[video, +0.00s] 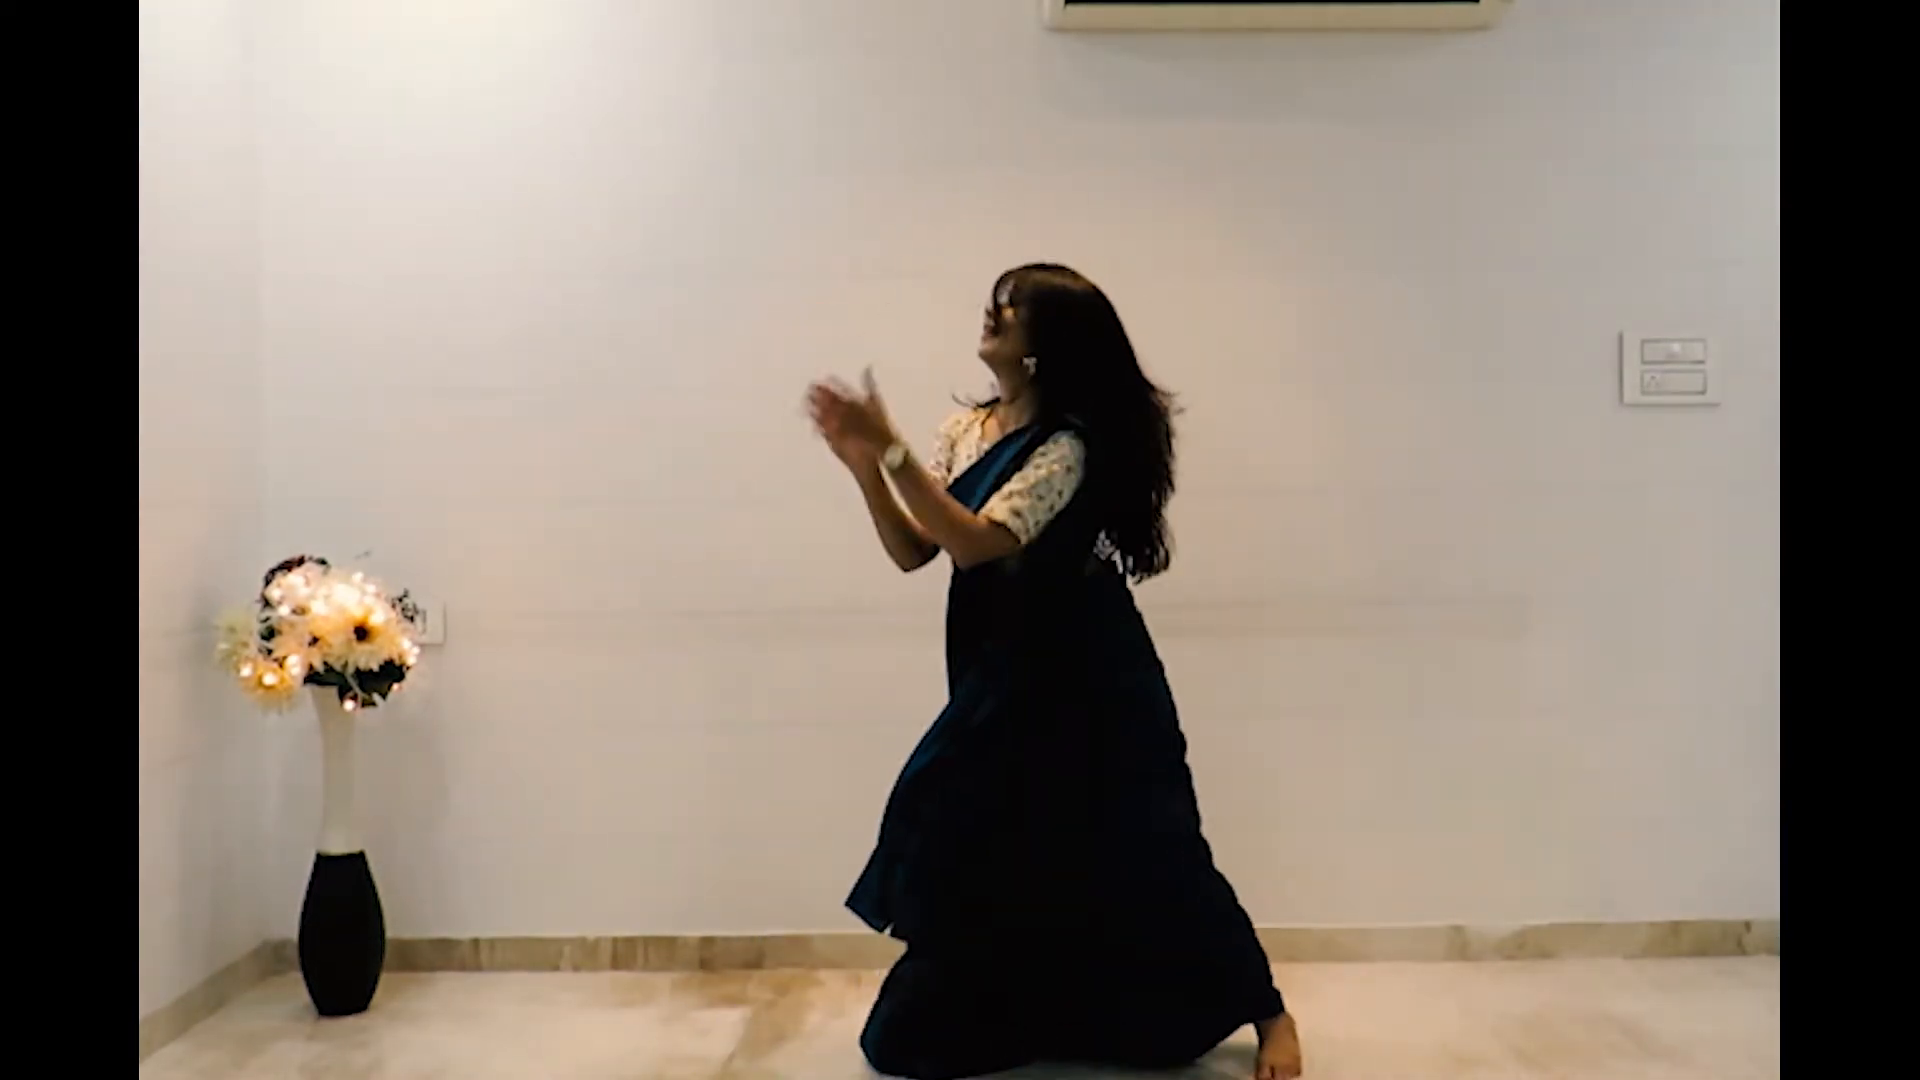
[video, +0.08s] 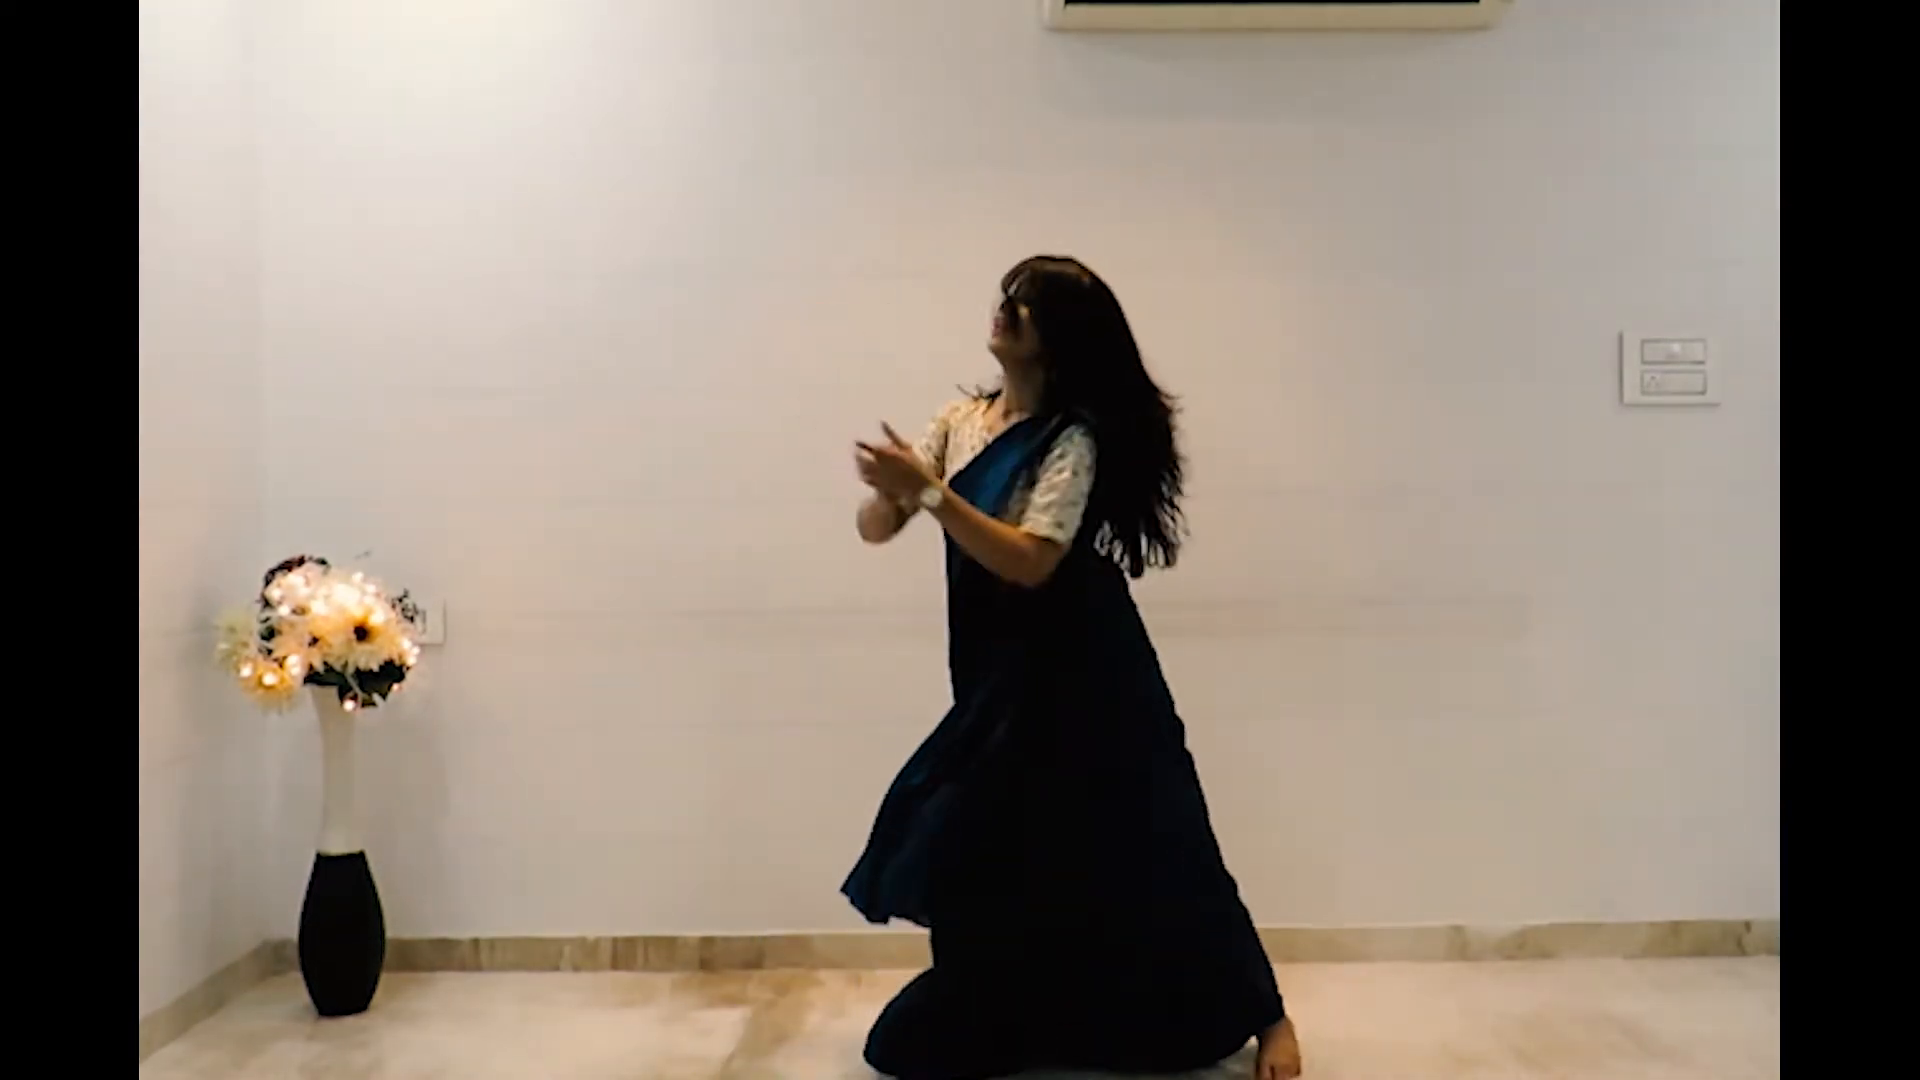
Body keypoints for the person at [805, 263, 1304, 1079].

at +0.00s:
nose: (988, 317)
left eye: (1006, 310)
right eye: (992, 306)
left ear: (1047, 342)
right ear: (1008, 338)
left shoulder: (1068, 446)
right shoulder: (966, 432)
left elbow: (978, 543)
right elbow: (909, 549)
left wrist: (891, 451)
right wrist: (864, 470)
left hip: (1089, 675)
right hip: (1001, 673)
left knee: (1158, 848)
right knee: (961, 829)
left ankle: (1271, 1016)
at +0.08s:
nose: (999, 319)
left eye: (1017, 312)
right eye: (1002, 306)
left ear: (1058, 336)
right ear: (1003, 328)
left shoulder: (1075, 440)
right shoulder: (964, 418)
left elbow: (1032, 560)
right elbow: (875, 529)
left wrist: (930, 494)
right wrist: (896, 490)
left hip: (1086, 677)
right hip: (999, 675)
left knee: (1162, 850)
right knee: (985, 841)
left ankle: (1267, 1016)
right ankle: (994, 1019)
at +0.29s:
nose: (1066, 221)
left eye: (1077, 218)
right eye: (1049, 205)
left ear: (1084, 250)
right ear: (998, 224)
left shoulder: (1110, 325)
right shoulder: (949, 315)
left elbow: (1227, 402)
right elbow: (818, 341)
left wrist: (1148, 444)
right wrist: (925, 396)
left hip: (1070, 588)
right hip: (965, 584)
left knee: (1082, 790)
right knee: (950, 791)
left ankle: (1101, 1006)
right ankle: (933, 1004)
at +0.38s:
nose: (1055, 220)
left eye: (1064, 213)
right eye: (1036, 208)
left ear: (1072, 242)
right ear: (988, 234)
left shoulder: (1109, 321)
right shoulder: (957, 318)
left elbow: (1238, 370)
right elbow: (859, 330)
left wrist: (1197, 439)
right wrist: (975, 380)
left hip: (1060, 564)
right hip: (962, 556)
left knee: (1047, 780)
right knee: (912, 763)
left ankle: (1059, 1005)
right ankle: (852, 975)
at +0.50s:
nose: (1039, 246)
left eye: (1046, 238)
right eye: (1017, 238)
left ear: (1059, 267)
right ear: (978, 271)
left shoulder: (1088, 359)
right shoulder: (962, 351)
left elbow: (1188, 379)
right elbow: (932, 369)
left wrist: (1244, 406)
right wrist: (1057, 354)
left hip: (1058, 599)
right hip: (966, 595)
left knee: (1046, 805)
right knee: (876, 794)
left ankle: (1032, 1011)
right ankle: (754, 1010)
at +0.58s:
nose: (1033, 264)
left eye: (1037, 253)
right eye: (1009, 255)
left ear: (1049, 282)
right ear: (969, 290)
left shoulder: (1071, 384)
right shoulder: (958, 374)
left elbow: (1179, 441)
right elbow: (998, 439)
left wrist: (1264, 396)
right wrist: (1062, 330)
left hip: (1046, 621)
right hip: (958, 619)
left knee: (1045, 815)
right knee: (892, 809)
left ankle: (1049, 1017)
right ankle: (756, 1002)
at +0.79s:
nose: (1022, 282)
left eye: (1024, 269)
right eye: (998, 271)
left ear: (1030, 301)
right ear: (954, 302)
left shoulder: (1034, 406)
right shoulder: (941, 383)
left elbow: (1082, 535)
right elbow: (999, 503)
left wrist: (1143, 462)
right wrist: (1123, 466)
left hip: (1022, 656)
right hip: (945, 653)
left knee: (1036, 846)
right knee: (916, 846)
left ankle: (1079, 1041)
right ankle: (790, 1039)